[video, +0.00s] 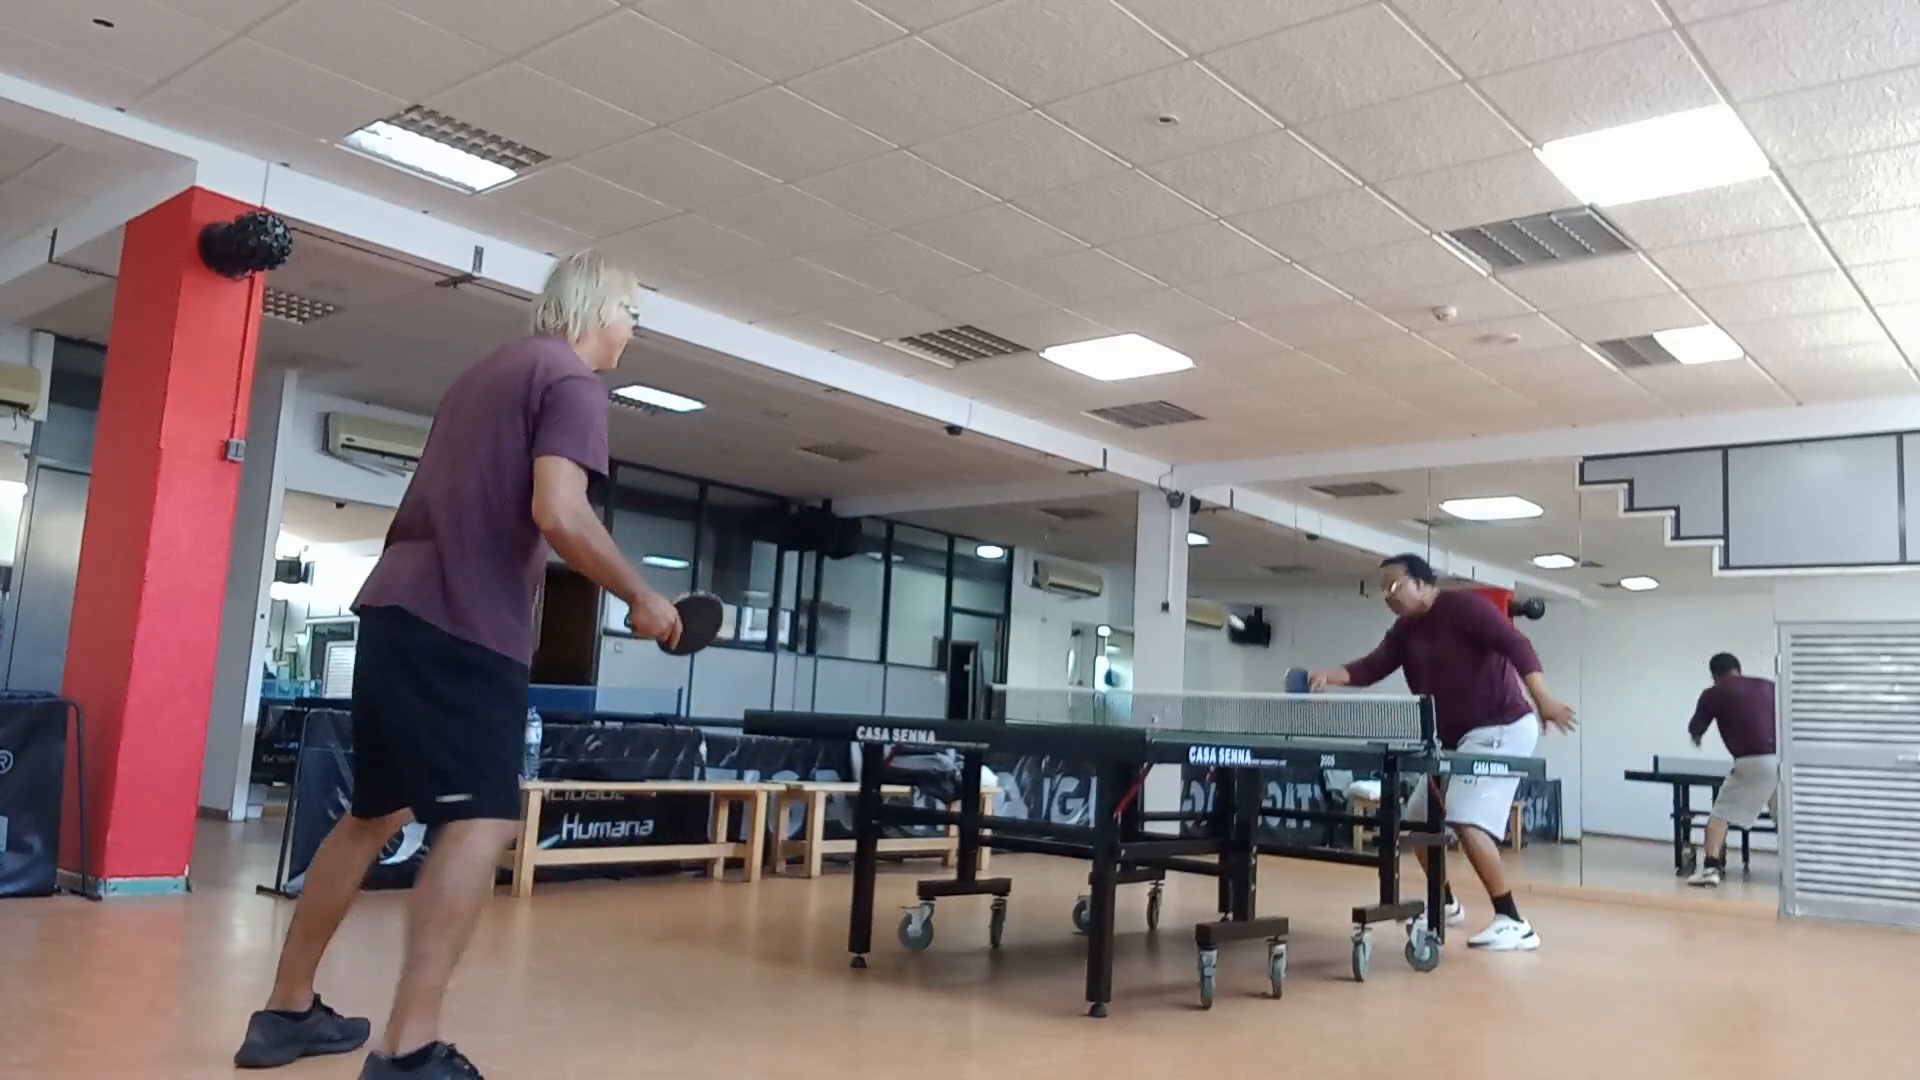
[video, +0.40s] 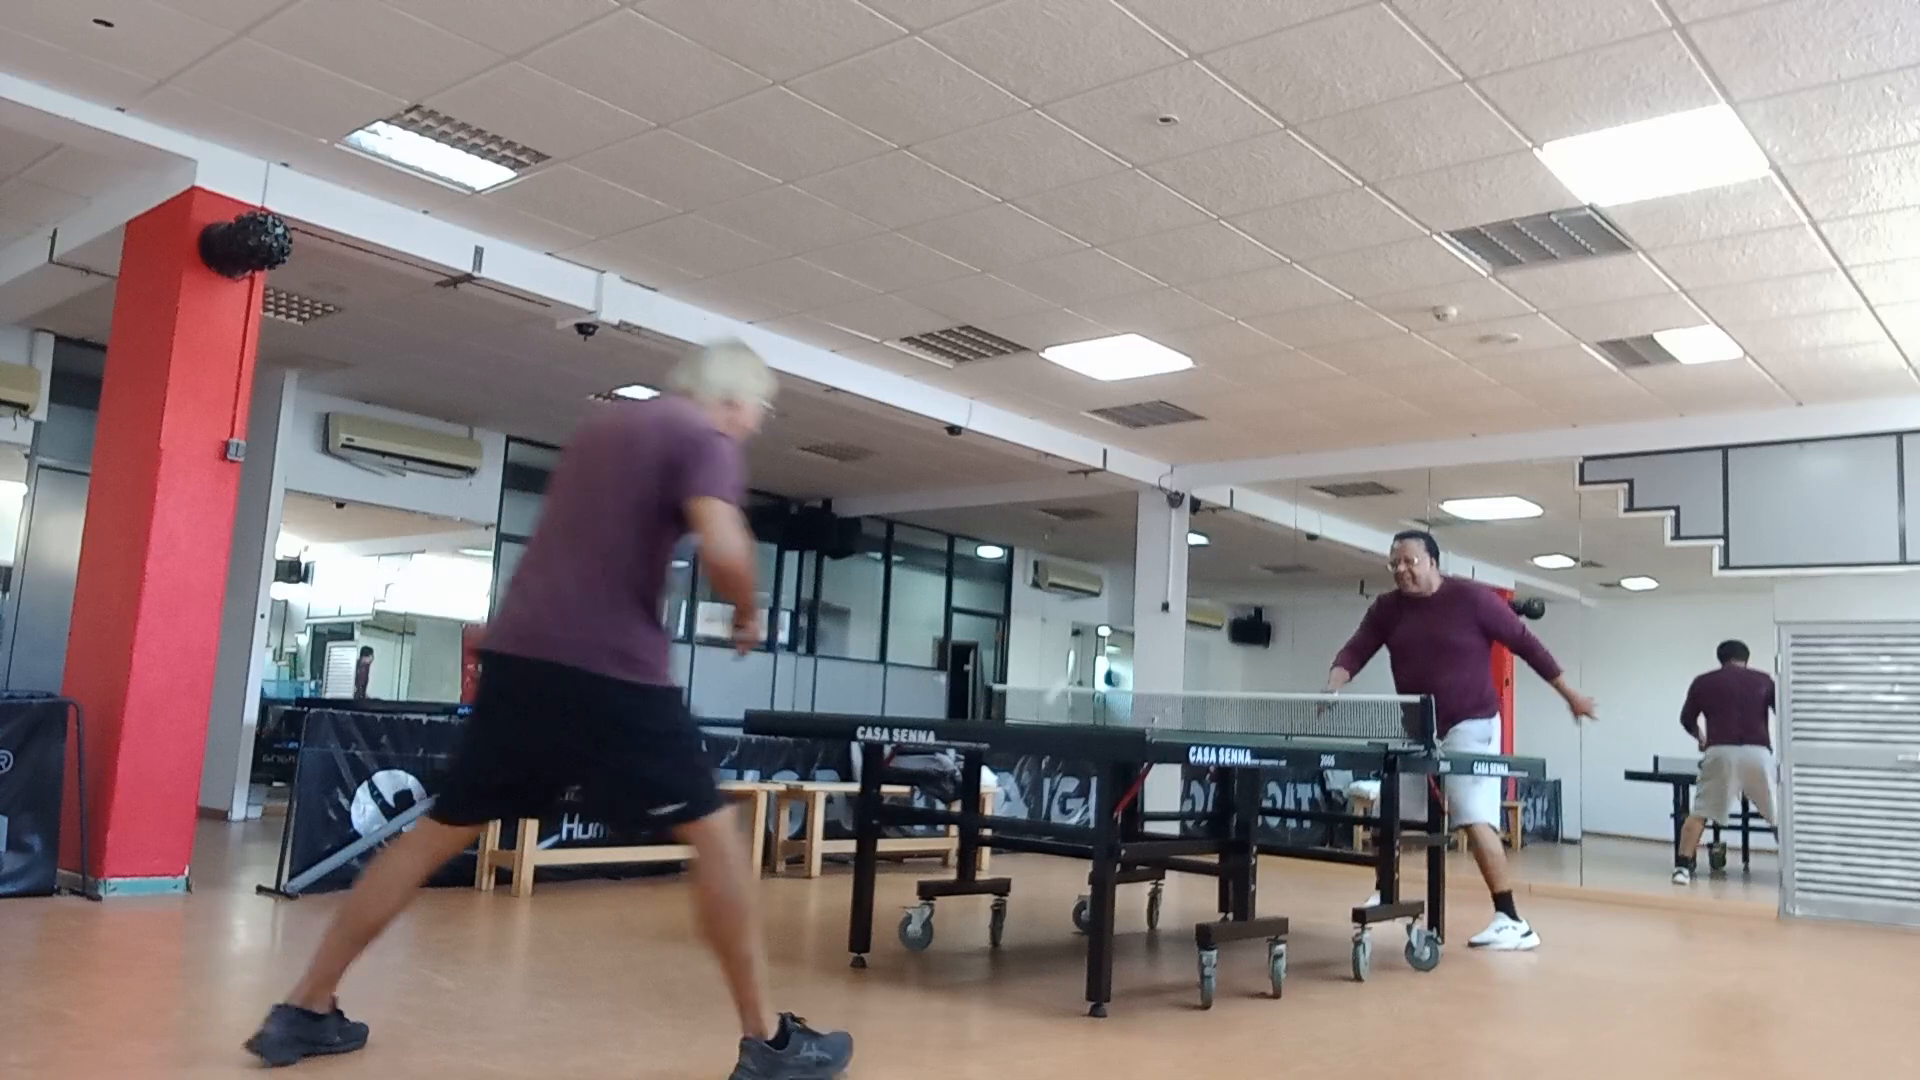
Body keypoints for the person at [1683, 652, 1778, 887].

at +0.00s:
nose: (1717, 682)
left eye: (1715, 678)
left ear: (1715, 675)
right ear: (1739, 669)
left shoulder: (1714, 693)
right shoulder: (1768, 686)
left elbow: (1696, 729)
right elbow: (1787, 713)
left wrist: (1696, 736)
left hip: (1752, 764)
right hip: (1784, 762)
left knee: (1719, 816)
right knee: (1786, 817)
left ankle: (1711, 867)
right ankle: (1798, 864)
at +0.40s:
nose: (1744, 665)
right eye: (1745, 662)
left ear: (1720, 660)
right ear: (1746, 660)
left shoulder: (1703, 681)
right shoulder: (1762, 680)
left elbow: (1687, 719)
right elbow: (1785, 712)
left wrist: (1700, 737)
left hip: (1719, 755)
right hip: (1757, 755)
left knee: (1699, 813)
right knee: (1779, 818)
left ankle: (1682, 867)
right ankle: (1798, 871)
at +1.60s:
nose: (1738, 669)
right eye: (1739, 665)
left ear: (1711, 662)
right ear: (1736, 662)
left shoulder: (1692, 682)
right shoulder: (1742, 675)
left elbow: (1698, 719)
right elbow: (1773, 704)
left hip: (1705, 751)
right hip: (1743, 749)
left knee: (1690, 812)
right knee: (1774, 813)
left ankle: (1671, 867)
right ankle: (1793, 870)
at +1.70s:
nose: (1734, 667)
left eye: (1734, 665)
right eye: (1733, 664)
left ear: (1706, 661)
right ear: (1730, 661)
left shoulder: (1690, 677)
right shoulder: (1732, 671)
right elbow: (1763, 684)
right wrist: (1780, 695)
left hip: (1699, 750)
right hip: (1734, 748)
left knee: (1689, 812)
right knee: (1772, 812)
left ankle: (1670, 868)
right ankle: (1792, 867)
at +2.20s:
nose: (1751, 653)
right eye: (1752, 650)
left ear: (1725, 647)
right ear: (1752, 648)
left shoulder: (1706, 672)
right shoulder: (1765, 671)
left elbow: (1689, 713)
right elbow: (1788, 703)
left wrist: (1676, 744)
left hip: (1721, 749)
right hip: (1759, 748)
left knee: (1700, 811)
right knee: (1778, 810)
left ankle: (1677, 864)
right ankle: (1786, 861)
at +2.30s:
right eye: (1754, 646)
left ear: (1730, 644)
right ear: (1756, 645)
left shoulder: (1713, 668)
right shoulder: (1772, 668)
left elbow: (1697, 710)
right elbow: (1787, 707)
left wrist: (1684, 745)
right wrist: (1790, 744)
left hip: (1729, 746)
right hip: (1767, 746)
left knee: (1710, 808)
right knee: (1781, 807)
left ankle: (1697, 861)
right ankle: (1780, 851)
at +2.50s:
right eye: (1755, 646)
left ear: (1731, 644)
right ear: (1758, 644)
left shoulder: (1719, 668)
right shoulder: (1773, 668)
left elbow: (1705, 706)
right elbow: (1787, 704)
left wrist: (1690, 738)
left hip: (1741, 750)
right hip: (1776, 747)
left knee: (1726, 813)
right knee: (1781, 814)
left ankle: (1729, 873)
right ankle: (1792, 868)